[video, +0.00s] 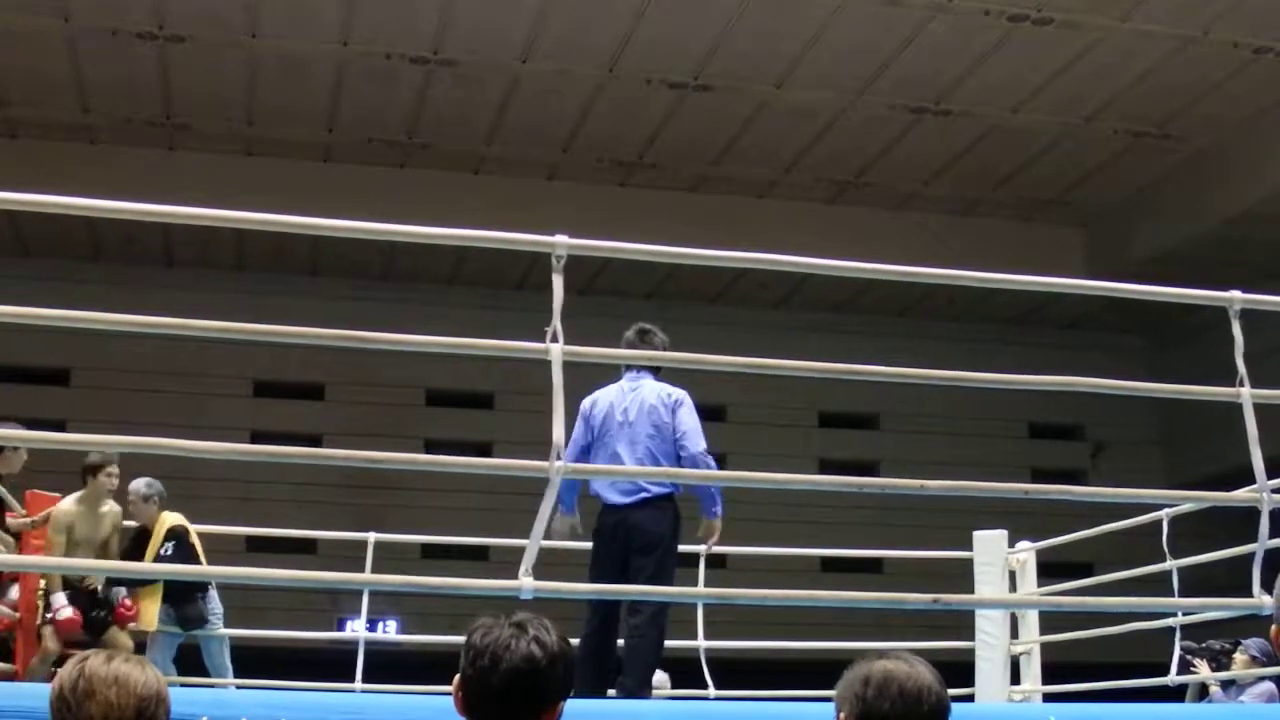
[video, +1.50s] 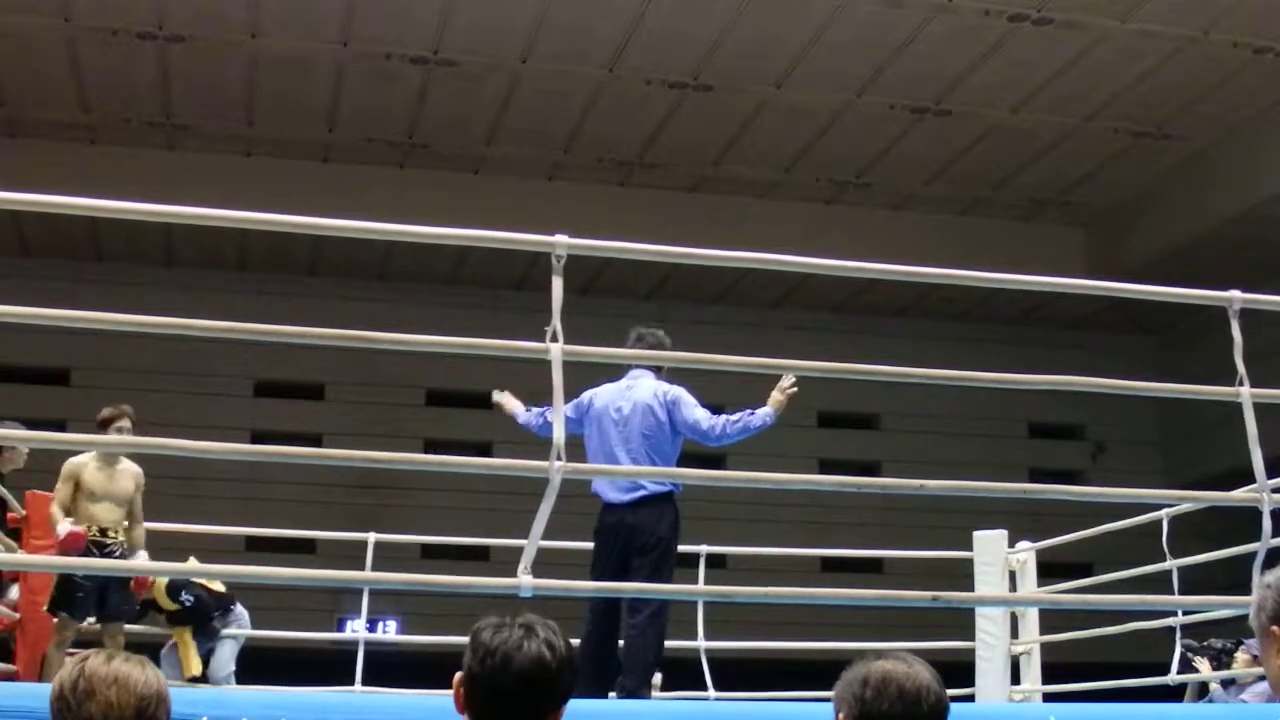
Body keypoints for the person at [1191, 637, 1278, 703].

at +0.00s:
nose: (1233, 656)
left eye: (1241, 652)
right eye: (1236, 652)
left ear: (1257, 662)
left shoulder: (1267, 688)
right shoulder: (1230, 690)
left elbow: (1233, 713)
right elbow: (1200, 712)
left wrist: (1211, 683)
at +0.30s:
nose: (1234, 655)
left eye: (1242, 652)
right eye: (1237, 651)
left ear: (1258, 663)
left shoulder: (1267, 688)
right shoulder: (1229, 688)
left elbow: (1234, 712)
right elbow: (1192, 712)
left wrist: (1211, 682)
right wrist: (1196, 680)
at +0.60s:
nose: (1235, 655)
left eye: (1243, 652)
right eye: (1238, 651)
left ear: (1258, 662)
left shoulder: (1267, 687)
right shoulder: (1229, 689)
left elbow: (1233, 712)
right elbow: (1193, 711)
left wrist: (1212, 680)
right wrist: (1195, 679)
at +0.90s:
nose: (1235, 655)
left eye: (1243, 651)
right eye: (1238, 650)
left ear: (1258, 662)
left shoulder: (1266, 687)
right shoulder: (1230, 689)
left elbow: (1234, 711)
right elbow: (1191, 711)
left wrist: (1212, 680)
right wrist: (1196, 679)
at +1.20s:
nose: (1235, 655)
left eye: (1243, 652)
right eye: (1237, 651)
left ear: (1257, 661)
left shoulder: (1264, 687)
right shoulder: (1231, 689)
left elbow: (1234, 711)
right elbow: (1191, 711)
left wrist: (1211, 680)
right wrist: (1195, 678)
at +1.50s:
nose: (1235, 655)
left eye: (1243, 652)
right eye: (1237, 651)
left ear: (1258, 661)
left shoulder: (1264, 687)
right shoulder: (1231, 689)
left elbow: (1233, 710)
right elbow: (1193, 711)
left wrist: (1211, 680)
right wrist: (1194, 679)